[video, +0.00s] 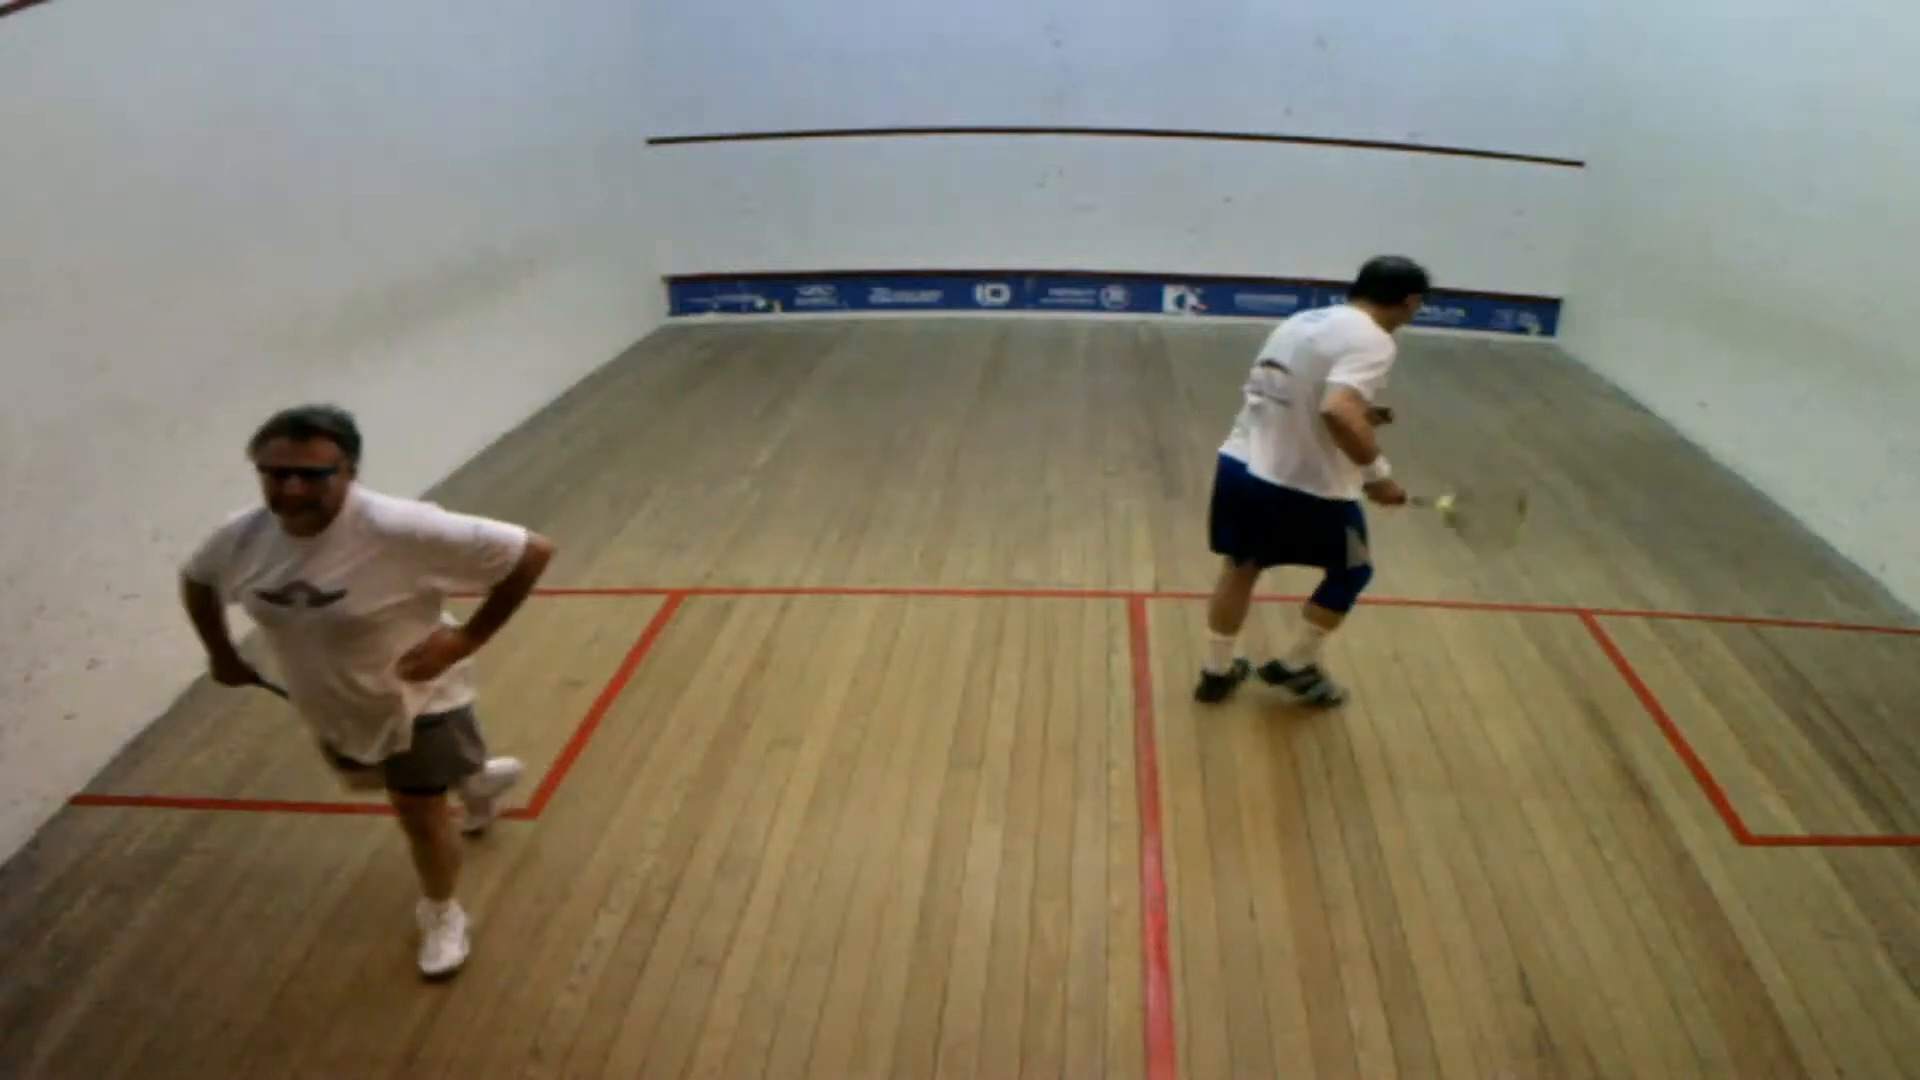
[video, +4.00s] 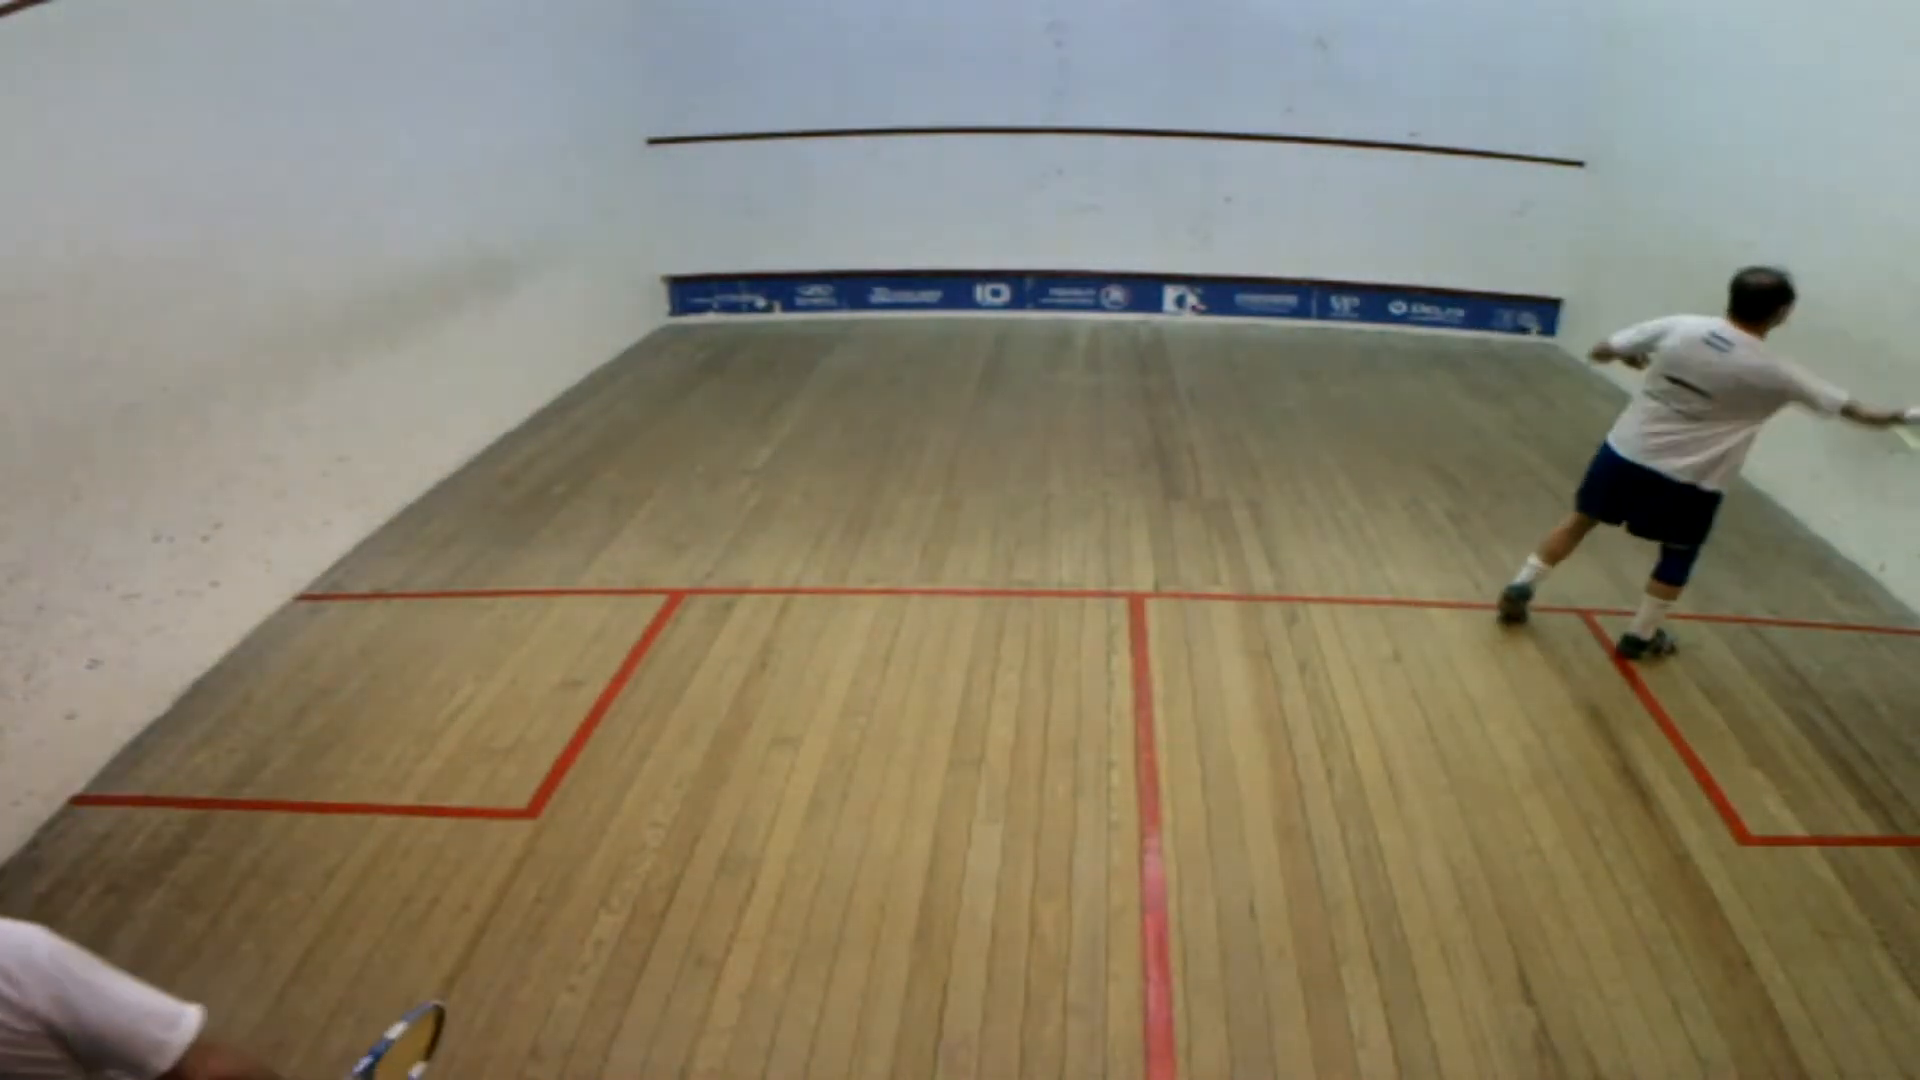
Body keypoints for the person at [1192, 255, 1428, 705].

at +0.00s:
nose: (1412, 318)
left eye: (1417, 309)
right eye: (1414, 308)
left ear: (1361, 289)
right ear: (1402, 301)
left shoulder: (1303, 320)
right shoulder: (1373, 341)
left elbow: (1282, 394)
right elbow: (1338, 411)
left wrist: (1357, 414)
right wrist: (1378, 476)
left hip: (1242, 470)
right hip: (1310, 489)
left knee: (1241, 563)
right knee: (1351, 569)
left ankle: (1216, 668)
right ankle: (1298, 663)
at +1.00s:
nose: (1571, 303)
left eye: (1572, 295)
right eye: (1571, 295)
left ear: (1519, 283)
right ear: (1561, 293)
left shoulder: (1469, 318)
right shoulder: (1555, 344)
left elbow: (1411, 379)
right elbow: (1580, 430)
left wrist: (1402, 435)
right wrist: (1605, 464)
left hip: (1451, 459)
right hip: (1503, 479)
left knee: (1485, 542)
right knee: (1457, 558)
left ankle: (1494, 611)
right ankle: (1403, 642)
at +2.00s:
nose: (1641, 297)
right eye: (1643, 291)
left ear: (1594, 280)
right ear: (1638, 288)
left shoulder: (1546, 310)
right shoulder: (1642, 333)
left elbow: (1496, 373)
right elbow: (1655, 418)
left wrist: (1489, 428)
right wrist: (1660, 445)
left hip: (1523, 443)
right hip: (1586, 457)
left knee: (1516, 526)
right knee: (1588, 541)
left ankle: (1501, 612)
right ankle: (1544, 631)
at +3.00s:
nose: (1676, 297)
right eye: (1676, 291)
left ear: (1625, 282)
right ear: (1670, 294)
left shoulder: (1579, 319)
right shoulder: (1659, 338)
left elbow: (1559, 381)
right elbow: (1658, 410)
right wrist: (1717, 425)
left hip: (1552, 453)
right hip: (1618, 467)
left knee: (1527, 532)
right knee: (1629, 552)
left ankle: (1500, 615)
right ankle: (1639, 634)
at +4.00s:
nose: (1785, 321)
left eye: (1785, 313)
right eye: (1785, 315)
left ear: (1733, 300)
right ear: (1775, 316)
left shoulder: (1682, 329)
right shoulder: (1772, 371)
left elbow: (1612, 348)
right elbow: (1841, 407)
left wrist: (1610, 353)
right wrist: (1897, 417)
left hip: (1625, 454)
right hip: (1690, 484)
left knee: (1579, 521)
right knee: (1676, 560)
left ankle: (1520, 586)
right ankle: (1639, 636)